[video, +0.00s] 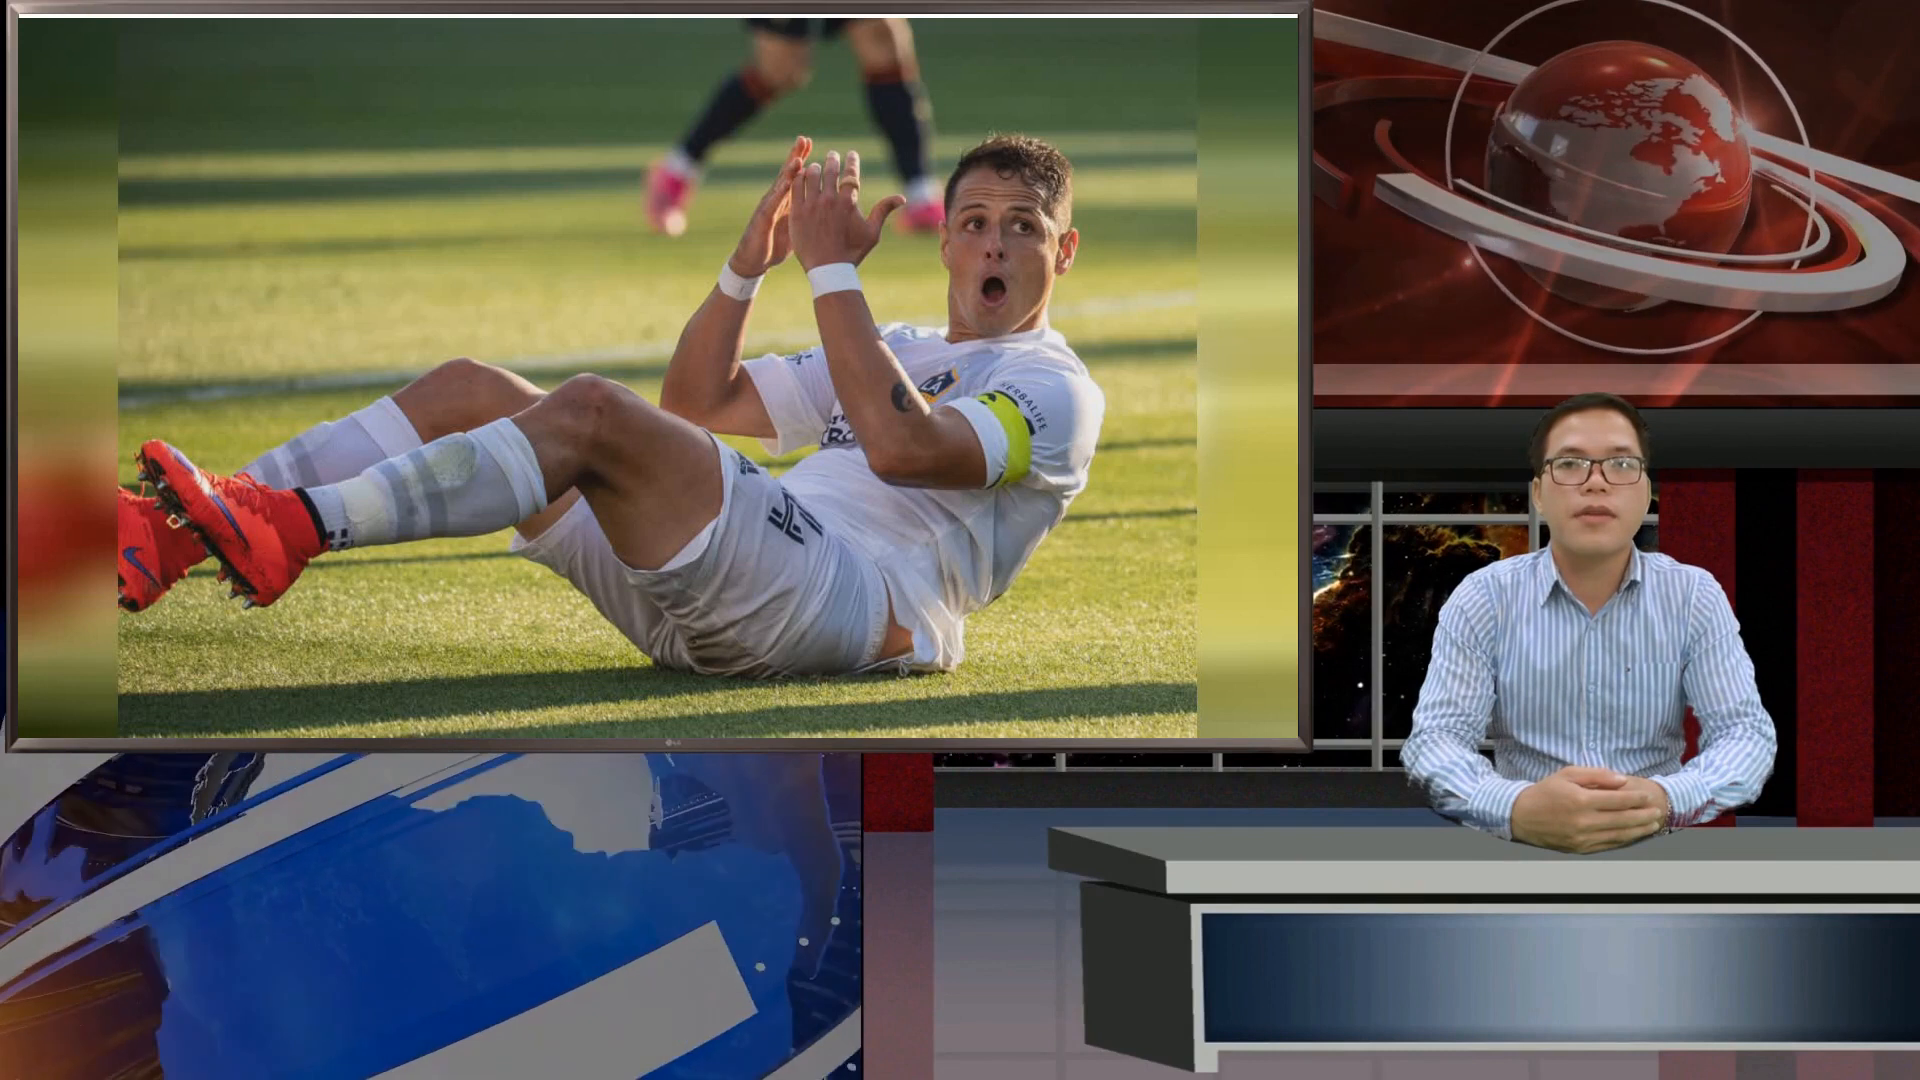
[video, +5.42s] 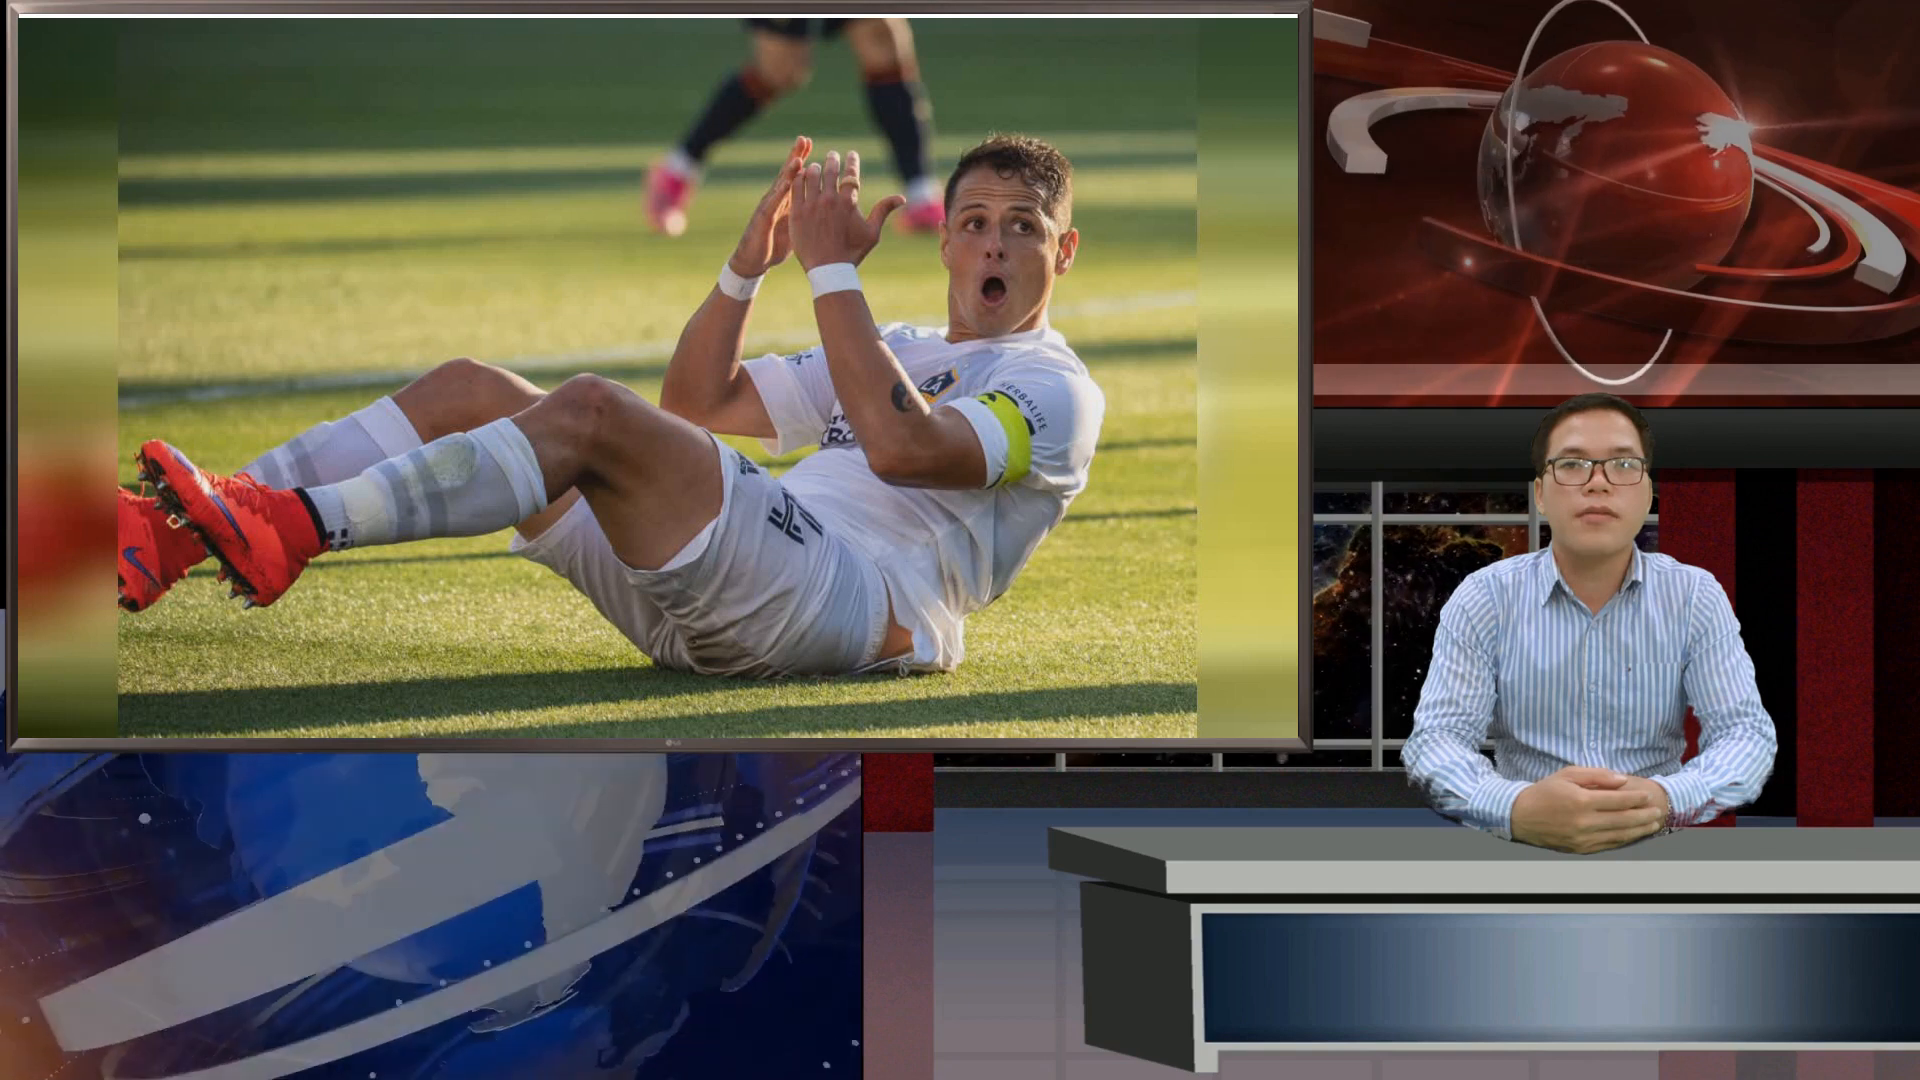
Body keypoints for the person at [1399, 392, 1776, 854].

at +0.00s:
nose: (1596, 483)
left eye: (1619, 464)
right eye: (1570, 464)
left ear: (1646, 494)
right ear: (1538, 496)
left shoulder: (1690, 598)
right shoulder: (1484, 601)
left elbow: (1745, 735)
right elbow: (1433, 745)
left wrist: (1667, 799)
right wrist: (1514, 809)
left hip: (1656, 853)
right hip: (1520, 857)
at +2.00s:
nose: (1597, 483)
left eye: (1620, 465)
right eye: (1571, 464)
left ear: (1647, 495)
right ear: (1539, 496)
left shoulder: (1691, 598)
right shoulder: (1484, 601)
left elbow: (1745, 735)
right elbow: (1433, 745)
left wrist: (1667, 799)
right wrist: (1514, 809)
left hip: (1657, 853)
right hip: (1520, 856)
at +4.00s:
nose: (1597, 483)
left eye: (1621, 465)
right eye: (1571, 464)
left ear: (1647, 496)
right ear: (1539, 496)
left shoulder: (1691, 598)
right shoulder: (1485, 601)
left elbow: (1745, 735)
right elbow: (1433, 744)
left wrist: (1667, 799)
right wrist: (1514, 809)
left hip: (1656, 852)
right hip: (1520, 856)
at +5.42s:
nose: (1598, 483)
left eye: (1621, 465)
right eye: (1572, 465)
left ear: (1647, 495)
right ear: (1540, 496)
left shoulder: (1692, 598)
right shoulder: (1485, 600)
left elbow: (1745, 735)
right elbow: (1434, 744)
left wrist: (1667, 799)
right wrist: (1513, 810)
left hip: (1656, 852)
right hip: (1519, 855)